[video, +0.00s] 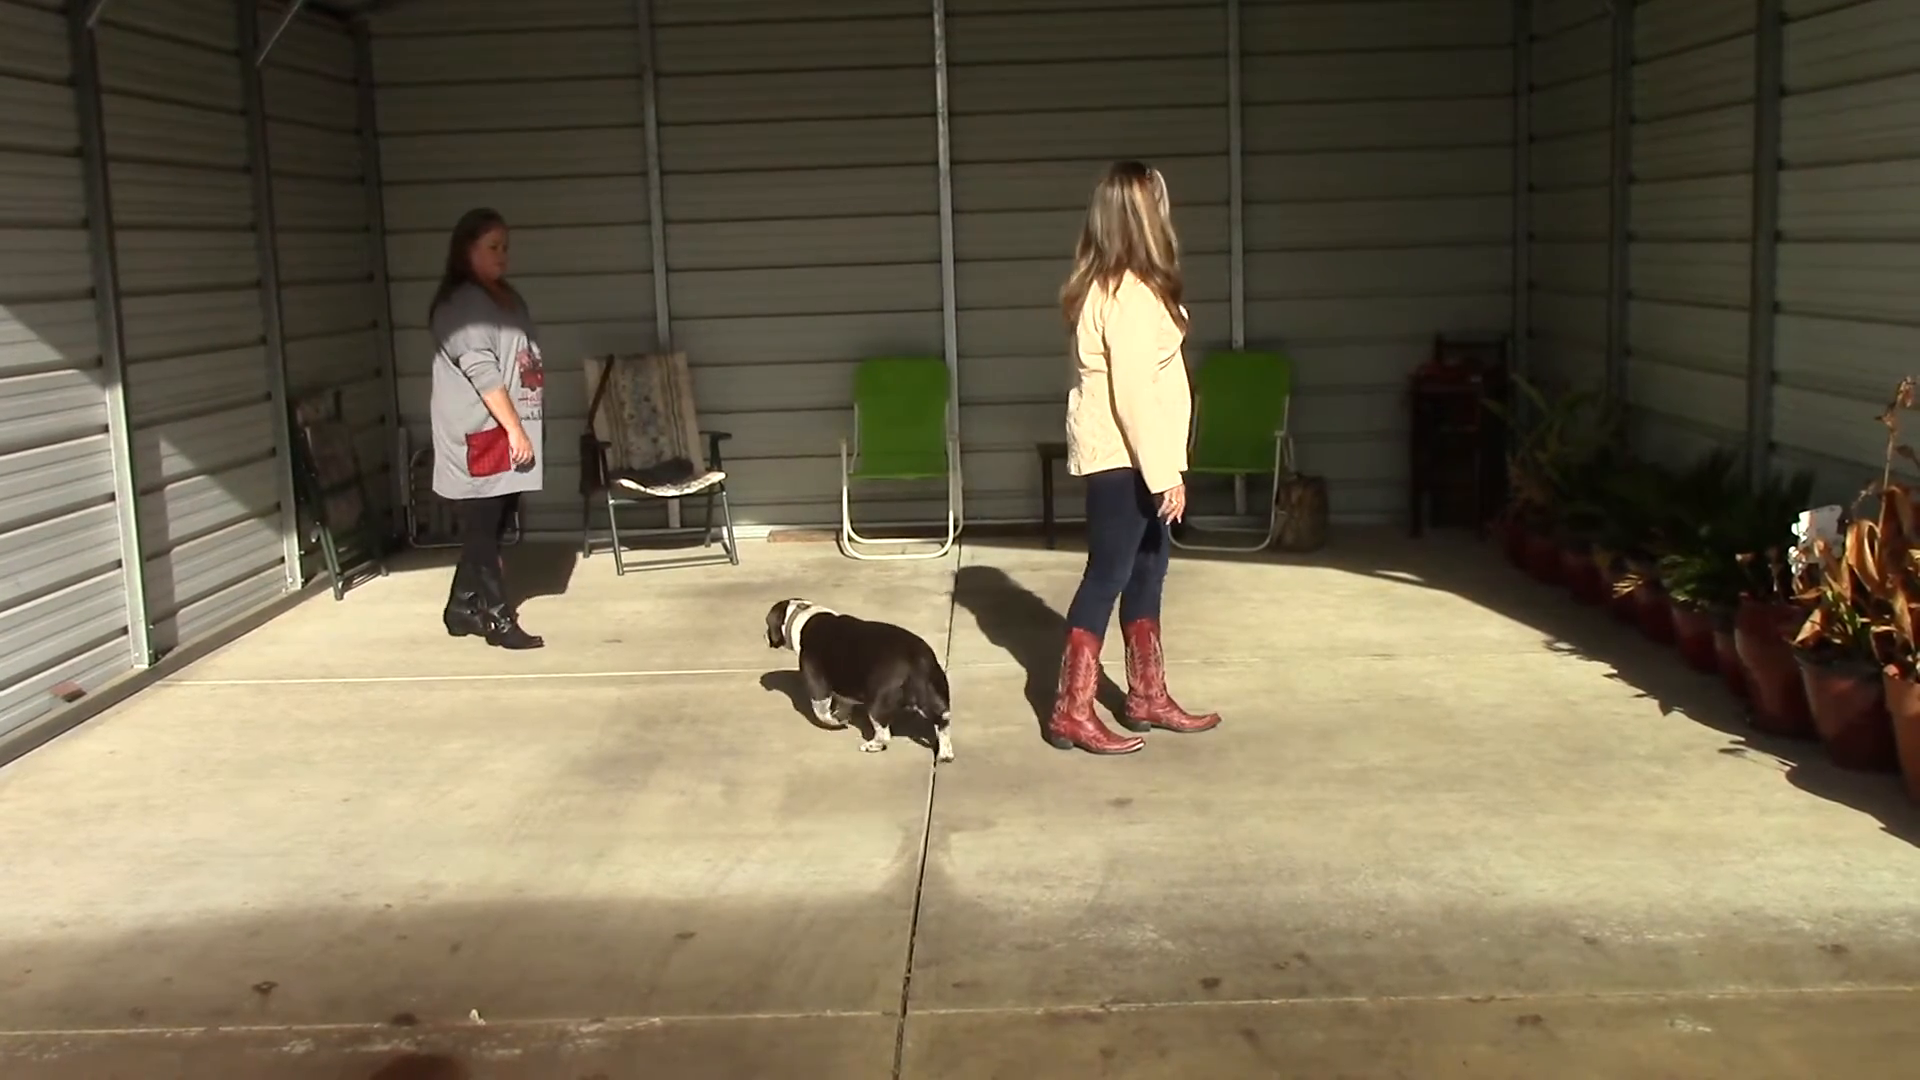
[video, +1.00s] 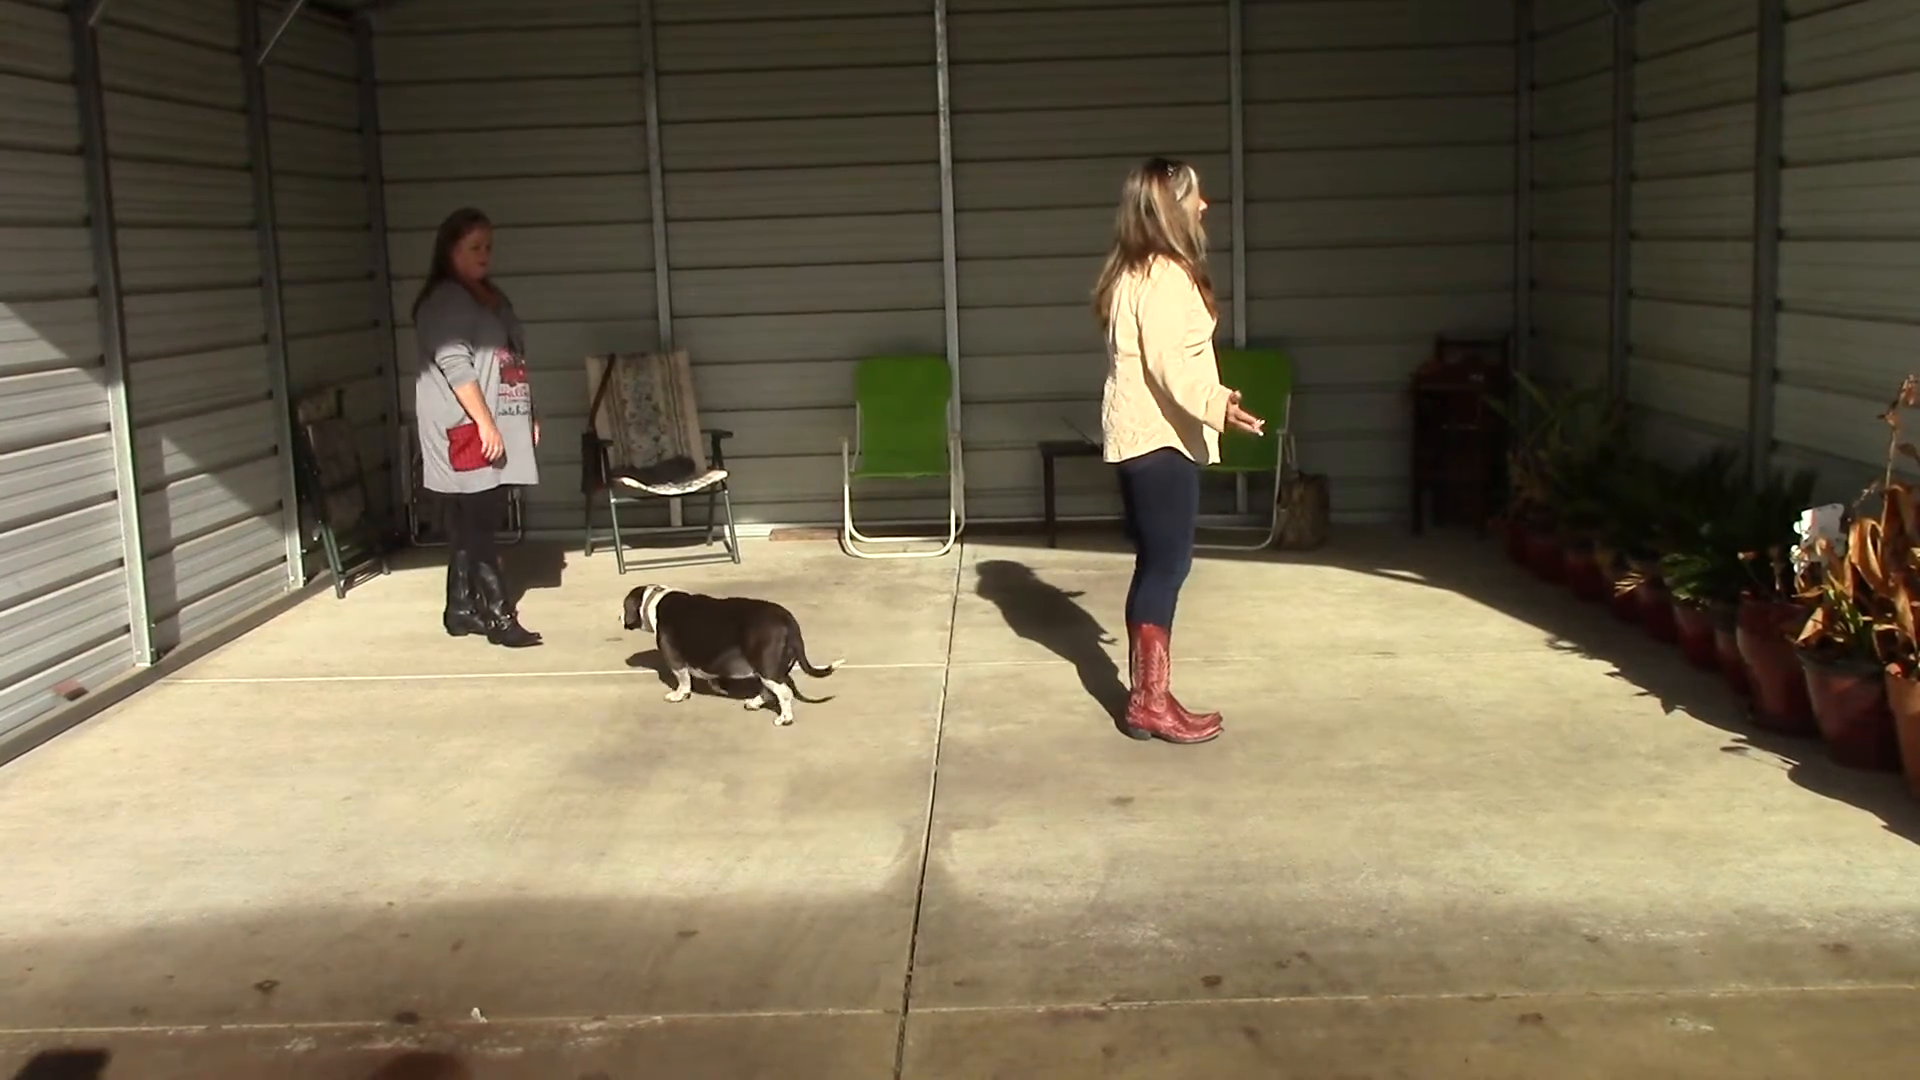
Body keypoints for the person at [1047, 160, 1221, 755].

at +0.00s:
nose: (1168, 219)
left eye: (1163, 208)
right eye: (1162, 210)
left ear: (1107, 217)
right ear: (1148, 218)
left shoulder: (1126, 286)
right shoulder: (1126, 292)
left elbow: (1147, 390)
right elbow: (1134, 397)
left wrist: (1171, 466)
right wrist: (1164, 477)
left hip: (1139, 451)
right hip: (1116, 454)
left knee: (1149, 564)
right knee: (1110, 570)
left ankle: (1147, 696)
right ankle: (1071, 710)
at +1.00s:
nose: (1204, 205)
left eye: (1201, 196)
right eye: (1195, 197)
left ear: (1152, 207)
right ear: (1172, 207)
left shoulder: (1137, 273)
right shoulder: (1165, 275)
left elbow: (1162, 363)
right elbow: (1171, 363)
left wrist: (1218, 399)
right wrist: (1217, 406)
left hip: (1141, 440)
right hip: (1161, 442)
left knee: (1155, 561)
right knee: (1168, 562)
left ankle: (1146, 694)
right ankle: (1151, 700)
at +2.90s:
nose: (1218, 205)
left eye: (1215, 195)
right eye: (1209, 196)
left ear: (1168, 203)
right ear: (1184, 204)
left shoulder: (1147, 271)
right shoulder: (1172, 274)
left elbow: (1180, 362)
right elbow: (1181, 362)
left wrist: (1237, 399)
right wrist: (1234, 407)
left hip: (1148, 437)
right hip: (1168, 438)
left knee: (1159, 559)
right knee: (1182, 559)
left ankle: (1149, 692)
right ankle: (1155, 698)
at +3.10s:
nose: (1216, 207)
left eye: (1213, 196)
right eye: (1208, 197)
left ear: (1162, 205)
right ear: (1183, 204)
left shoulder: (1156, 272)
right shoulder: (1166, 277)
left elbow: (1175, 372)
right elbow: (1176, 376)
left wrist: (1220, 433)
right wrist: (1218, 439)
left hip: (1151, 438)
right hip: (1160, 440)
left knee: (1160, 555)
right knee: (1184, 553)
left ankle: (1149, 691)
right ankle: (1154, 697)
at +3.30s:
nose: (1214, 210)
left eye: (1213, 198)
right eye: (1207, 200)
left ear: (1161, 206)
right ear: (1182, 206)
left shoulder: (1151, 273)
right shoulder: (1164, 280)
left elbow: (1160, 379)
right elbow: (1167, 383)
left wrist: (1189, 455)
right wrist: (1184, 465)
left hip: (1149, 445)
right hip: (1162, 448)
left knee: (1158, 559)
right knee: (1179, 560)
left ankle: (1149, 692)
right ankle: (1154, 696)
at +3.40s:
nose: (1213, 210)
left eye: (1212, 199)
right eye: (1206, 200)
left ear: (1162, 206)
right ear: (1178, 205)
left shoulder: (1150, 273)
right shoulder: (1162, 279)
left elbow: (1157, 378)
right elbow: (1164, 381)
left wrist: (1186, 453)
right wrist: (1182, 463)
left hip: (1151, 444)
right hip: (1164, 447)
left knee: (1159, 558)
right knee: (1178, 558)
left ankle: (1150, 692)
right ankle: (1154, 696)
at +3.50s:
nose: (1208, 207)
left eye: (1207, 196)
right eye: (1197, 197)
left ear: (1174, 208)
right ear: (1166, 206)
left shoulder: (1165, 275)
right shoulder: (1156, 279)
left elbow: (1168, 380)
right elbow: (1163, 383)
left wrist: (1200, 455)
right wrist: (1193, 462)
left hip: (1161, 444)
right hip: (1158, 446)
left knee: (1164, 558)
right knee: (1173, 558)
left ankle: (1154, 693)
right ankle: (1153, 696)